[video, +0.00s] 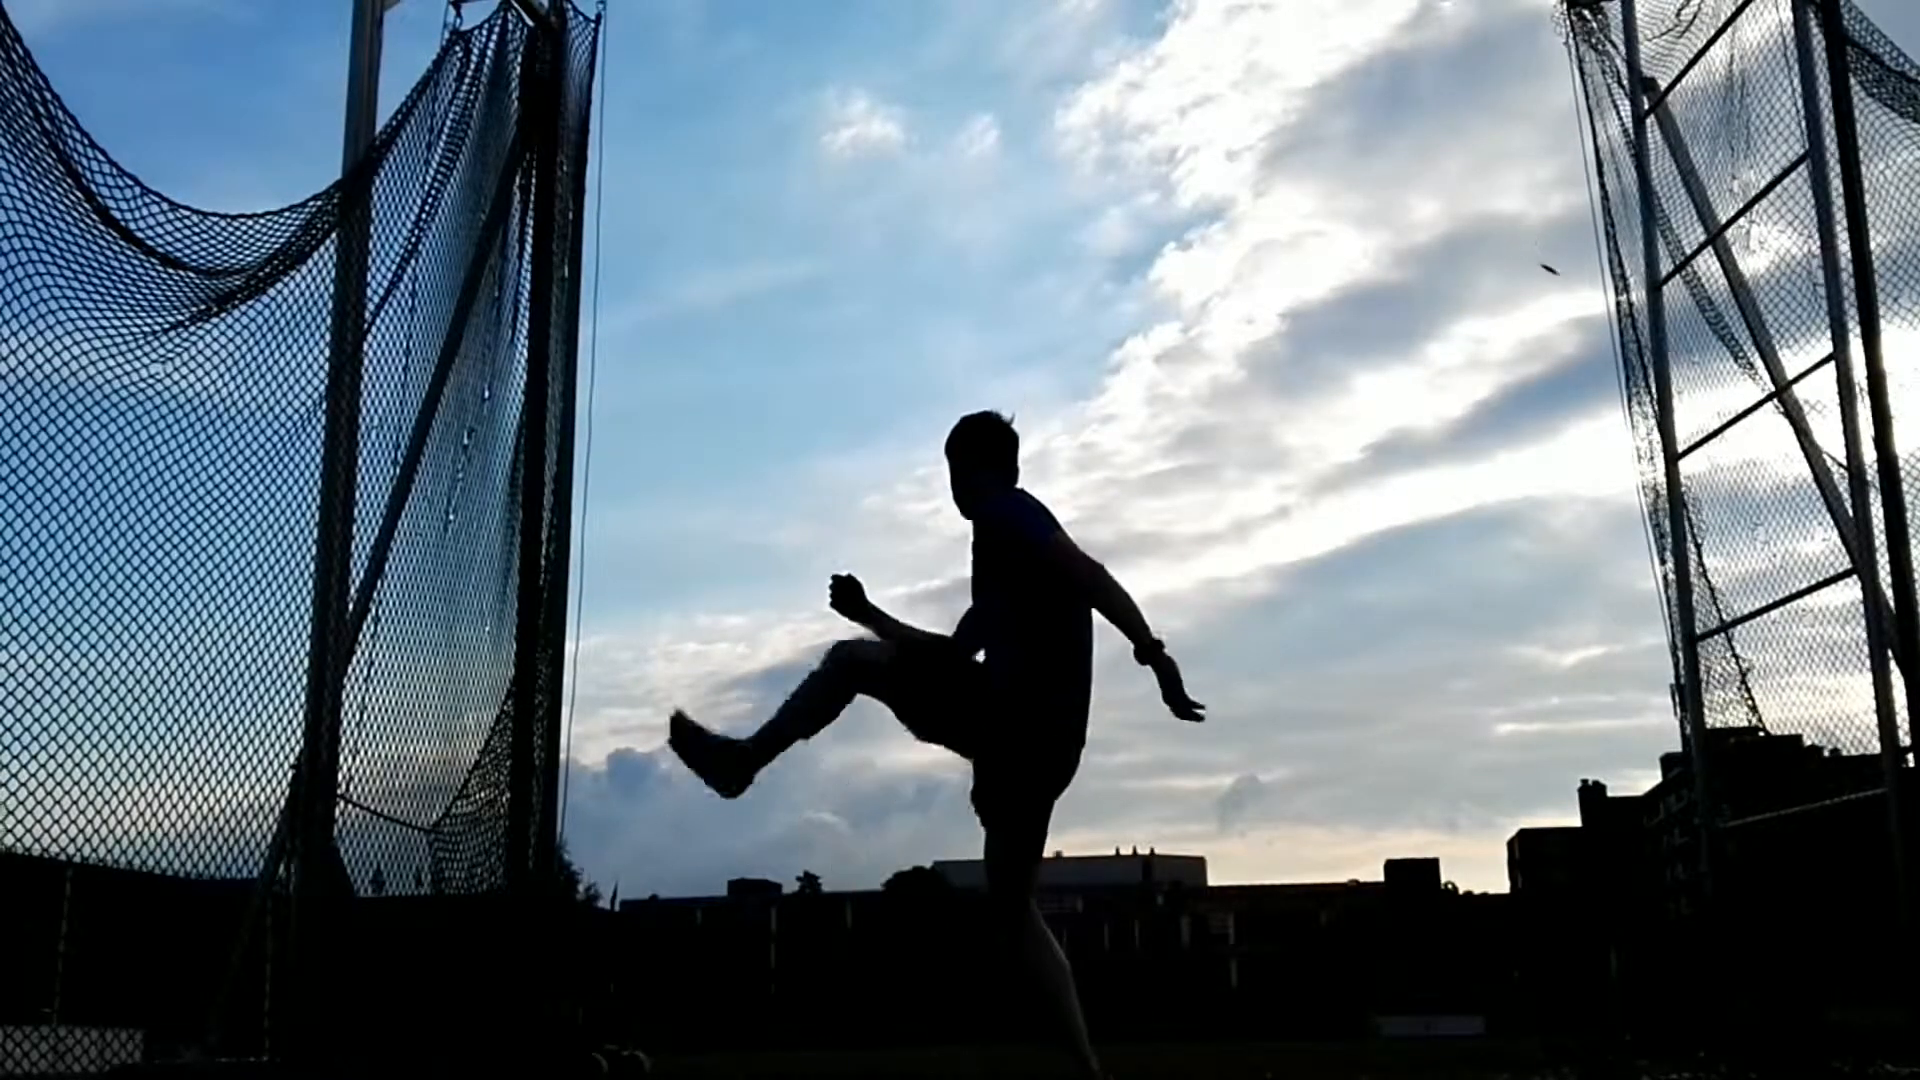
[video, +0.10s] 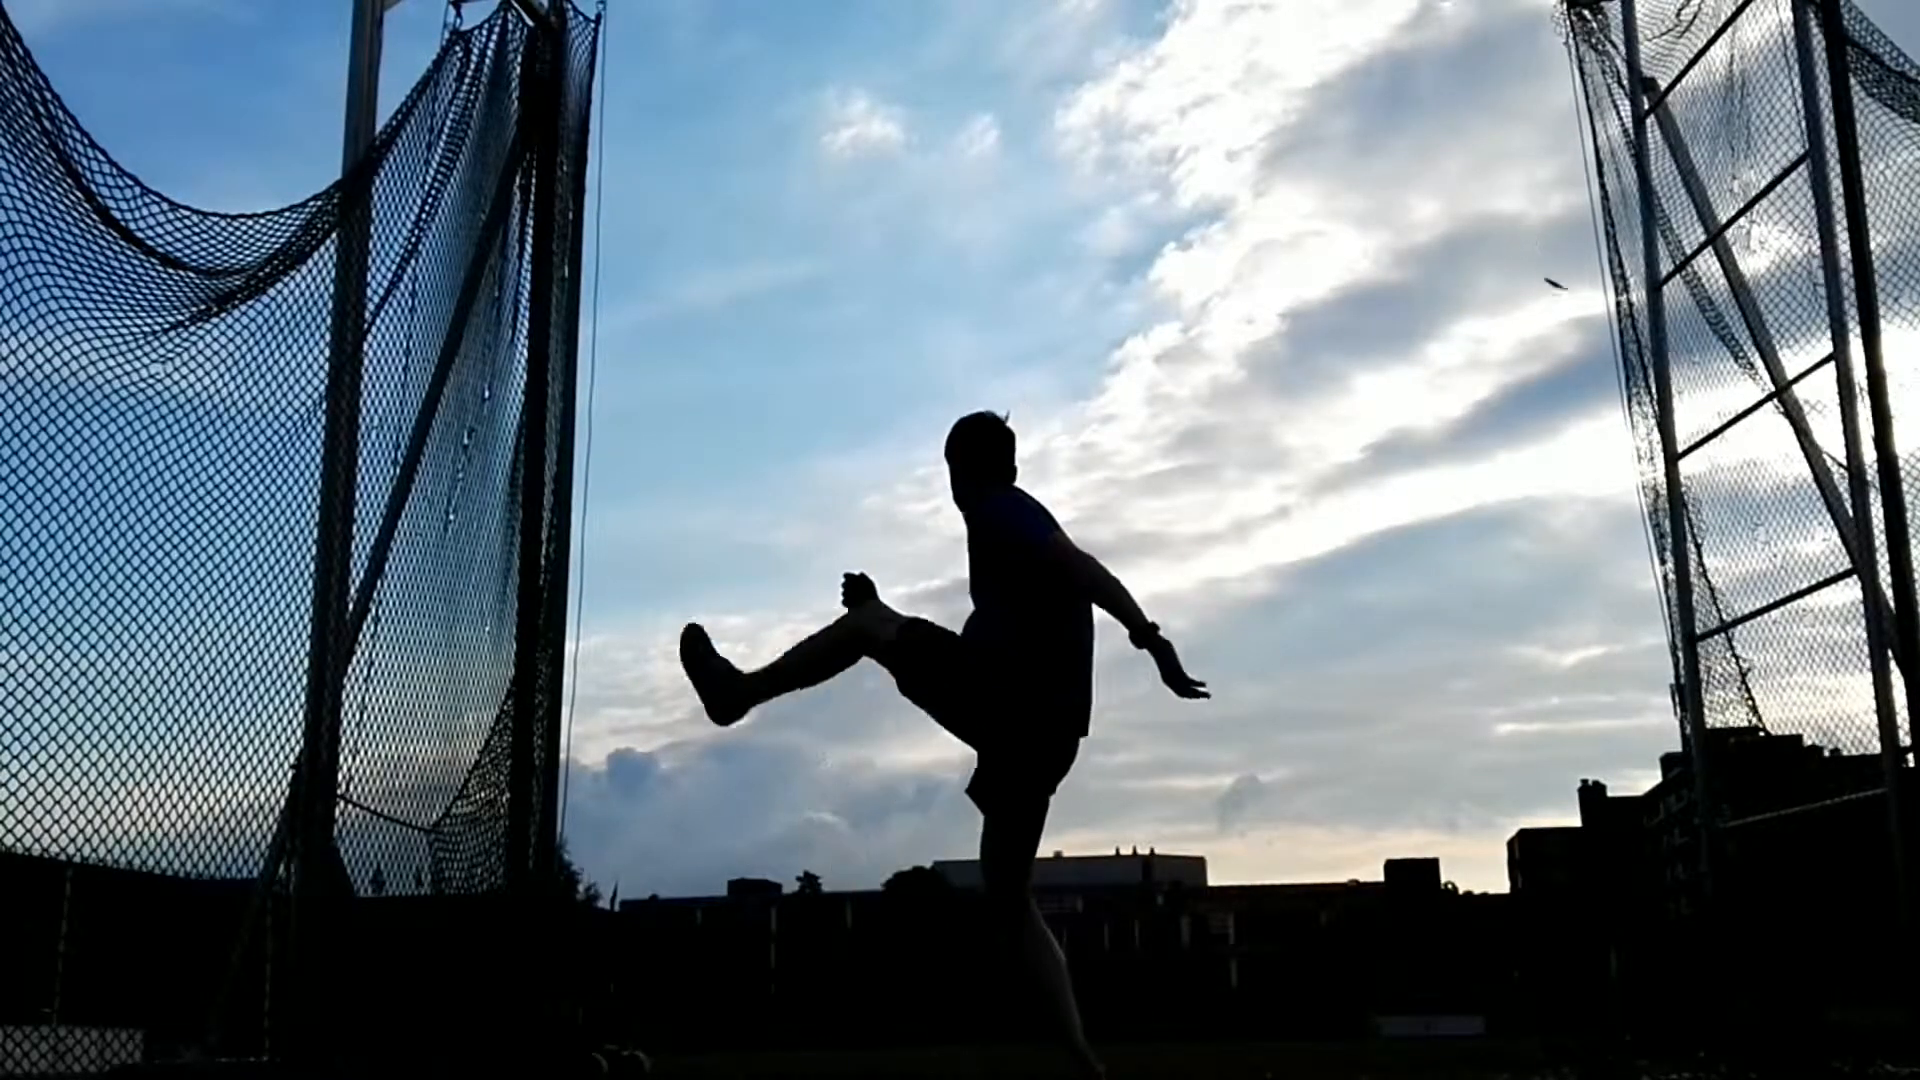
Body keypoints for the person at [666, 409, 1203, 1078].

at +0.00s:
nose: (949, 480)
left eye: (955, 465)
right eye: (949, 467)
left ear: (982, 464)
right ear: (999, 465)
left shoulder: (1013, 515)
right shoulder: (1004, 545)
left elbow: (1091, 579)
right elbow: (953, 652)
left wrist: (1153, 652)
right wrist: (869, 614)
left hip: (1005, 721)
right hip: (1033, 745)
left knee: (854, 659)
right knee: (1015, 913)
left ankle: (742, 757)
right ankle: (1083, 1062)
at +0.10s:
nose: (950, 478)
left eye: (952, 464)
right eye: (950, 466)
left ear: (971, 462)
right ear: (1007, 461)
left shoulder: (1004, 511)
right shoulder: (1011, 529)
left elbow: (1084, 572)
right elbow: (978, 650)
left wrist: (1151, 640)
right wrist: (882, 617)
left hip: (999, 704)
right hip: (1042, 733)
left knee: (871, 623)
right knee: (1010, 897)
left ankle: (740, 692)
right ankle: (1075, 1050)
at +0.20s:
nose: (951, 470)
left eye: (954, 458)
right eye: (953, 458)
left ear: (964, 457)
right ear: (1012, 456)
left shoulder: (991, 502)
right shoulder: (1023, 514)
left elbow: (1071, 557)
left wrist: (1136, 618)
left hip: (994, 692)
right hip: (1041, 724)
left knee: (873, 593)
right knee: (1011, 892)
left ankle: (745, 646)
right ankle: (1073, 1051)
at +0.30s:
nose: (952, 462)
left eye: (956, 450)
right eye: (956, 450)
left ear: (966, 450)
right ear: (1014, 453)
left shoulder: (984, 495)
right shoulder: (1034, 512)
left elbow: (1057, 548)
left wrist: (1120, 604)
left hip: (997, 689)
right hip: (1041, 722)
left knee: (883, 579)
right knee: (1012, 890)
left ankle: (753, 617)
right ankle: (1069, 1046)